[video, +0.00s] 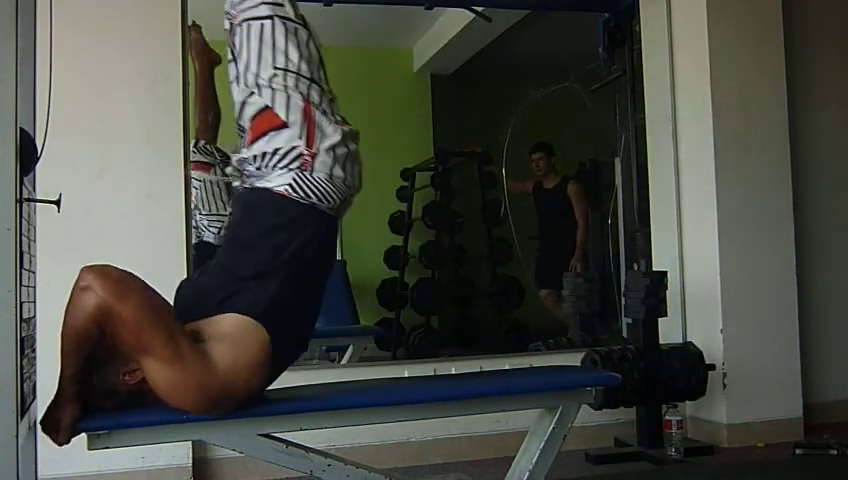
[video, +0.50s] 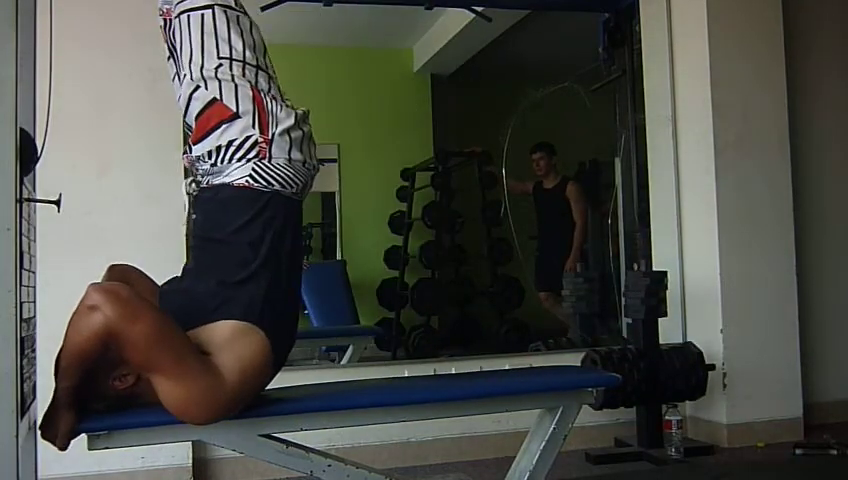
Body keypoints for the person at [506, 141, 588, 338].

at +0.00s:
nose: (536, 165)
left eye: (540, 160)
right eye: (533, 161)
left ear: (551, 160)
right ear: (531, 164)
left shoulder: (570, 187)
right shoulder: (535, 187)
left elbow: (582, 223)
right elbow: (509, 185)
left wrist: (578, 255)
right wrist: (491, 169)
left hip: (568, 248)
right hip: (546, 248)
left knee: (569, 294)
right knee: (546, 294)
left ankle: (573, 336)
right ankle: (575, 329)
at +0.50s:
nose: (537, 165)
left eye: (541, 160)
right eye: (534, 161)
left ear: (552, 161)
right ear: (532, 164)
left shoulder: (569, 187)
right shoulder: (535, 187)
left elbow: (580, 224)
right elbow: (511, 185)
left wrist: (573, 257)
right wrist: (489, 166)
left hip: (566, 250)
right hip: (545, 249)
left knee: (568, 296)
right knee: (545, 297)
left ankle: (574, 337)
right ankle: (575, 329)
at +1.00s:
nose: (537, 165)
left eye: (541, 160)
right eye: (534, 161)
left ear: (552, 161)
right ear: (532, 164)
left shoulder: (570, 187)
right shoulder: (536, 187)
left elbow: (580, 224)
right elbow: (511, 185)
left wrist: (574, 257)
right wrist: (489, 167)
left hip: (566, 250)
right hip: (545, 250)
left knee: (569, 297)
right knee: (545, 297)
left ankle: (573, 336)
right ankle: (574, 329)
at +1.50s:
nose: (537, 165)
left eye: (541, 160)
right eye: (534, 161)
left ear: (553, 161)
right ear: (532, 164)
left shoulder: (570, 187)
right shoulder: (536, 187)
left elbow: (581, 224)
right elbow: (510, 185)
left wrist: (575, 258)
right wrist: (489, 167)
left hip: (567, 250)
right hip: (546, 249)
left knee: (567, 296)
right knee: (545, 296)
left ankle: (574, 336)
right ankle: (576, 329)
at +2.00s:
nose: (537, 165)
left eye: (541, 160)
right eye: (534, 161)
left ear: (553, 161)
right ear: (532, 164)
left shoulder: (570, 187)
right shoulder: (536, 187)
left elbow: (581, 224)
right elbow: (512, 186)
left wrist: (574, 257)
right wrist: (490, 168)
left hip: (567, 249)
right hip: (546, 249)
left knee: (568, 295)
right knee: (545, 296)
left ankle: (574, 336)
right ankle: (576, 329)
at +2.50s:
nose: (536, 165)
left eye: (541, 160)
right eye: (534, 161)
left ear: (552, 161)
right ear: (532, 164)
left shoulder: (570, 187)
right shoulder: (536, 187)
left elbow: (581, 224)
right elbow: (511, 185)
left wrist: (574, 256)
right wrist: (488, 167)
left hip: (567, 250)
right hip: (546, 249)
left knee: (568, 296)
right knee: (546, 297)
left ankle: (576, 335)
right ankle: (577, 329)